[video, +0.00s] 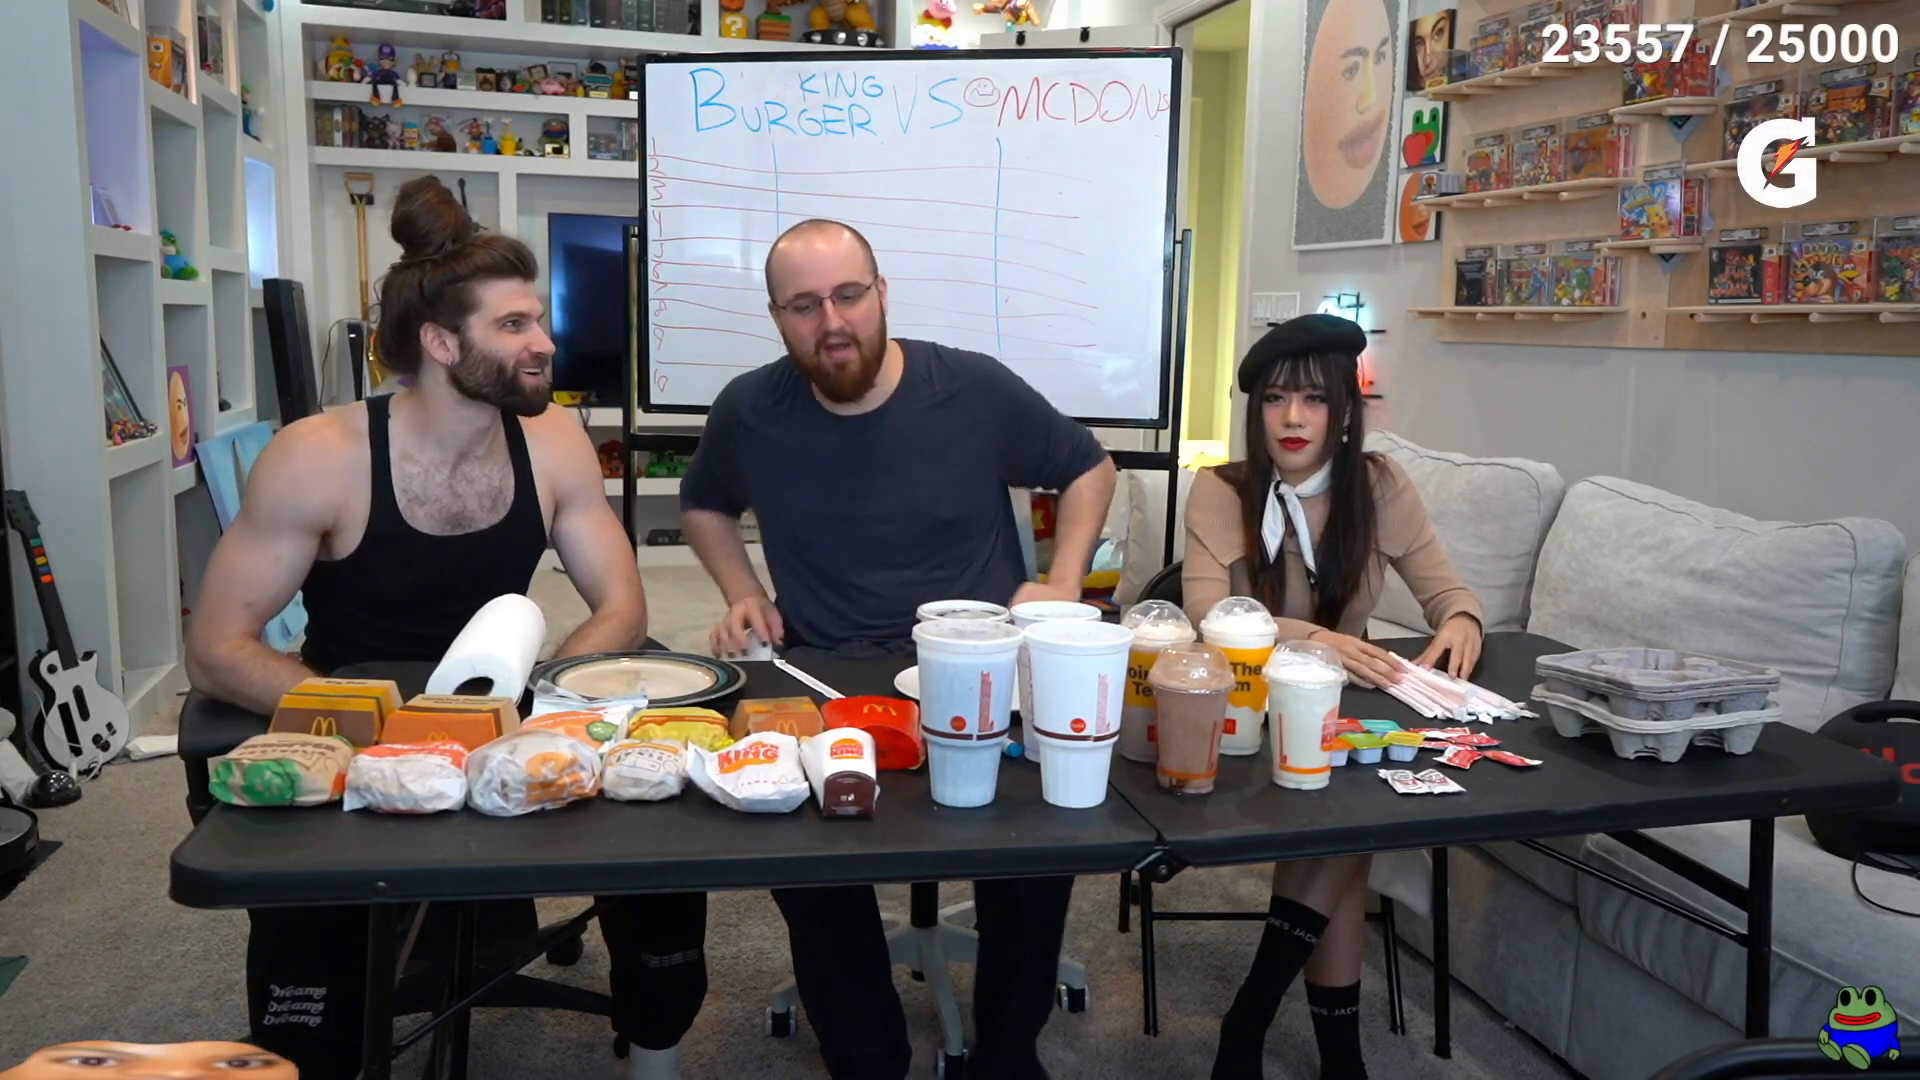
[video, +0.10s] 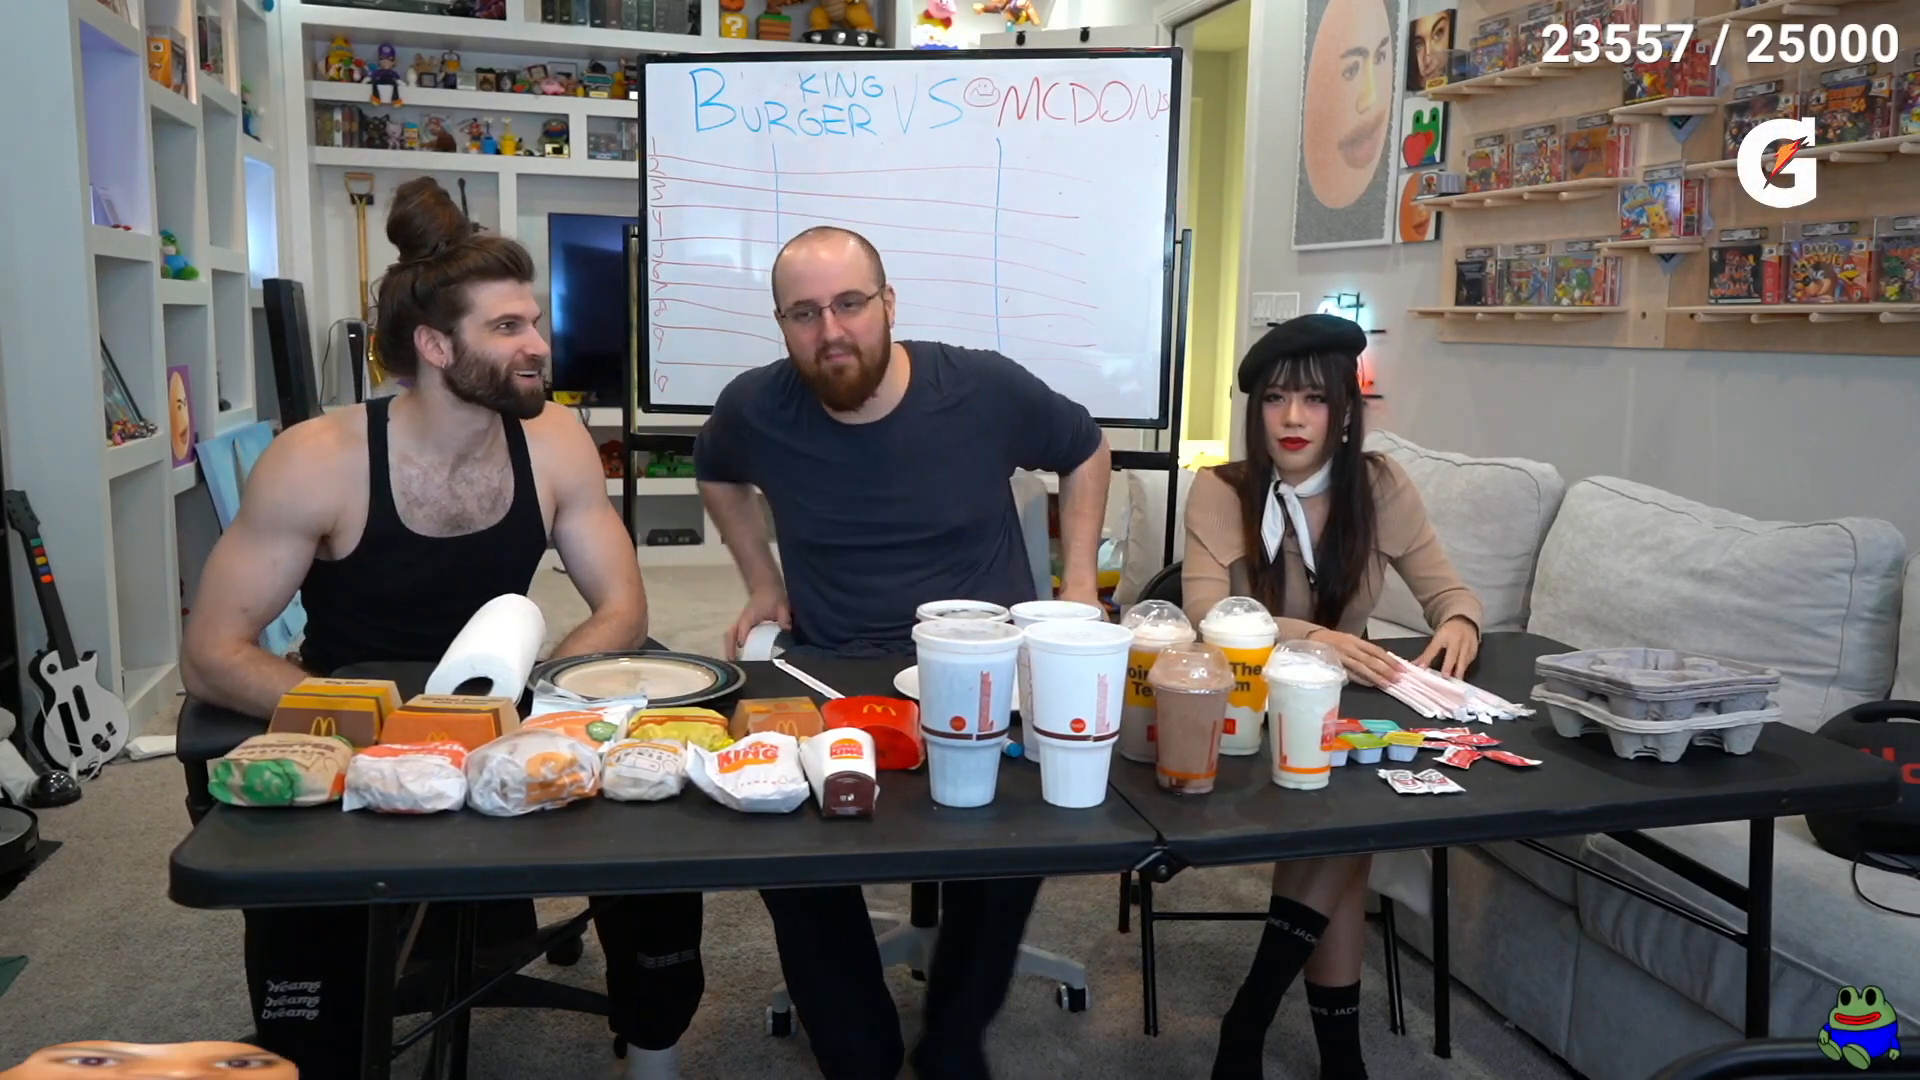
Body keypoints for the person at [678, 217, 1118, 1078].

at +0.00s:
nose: (832, 321)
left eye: (850, 296)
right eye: (804, 305)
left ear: (882, 296)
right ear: (777, 319)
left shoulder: (971, 388)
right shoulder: (748, 412)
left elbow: (1089, 466)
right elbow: (704, 502)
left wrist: (1063, 582)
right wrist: (742, 591)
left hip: (979, 677)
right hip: (827, 681)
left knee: (1039, 834)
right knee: (804, 840)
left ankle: (1007, 1057)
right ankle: (869, 1060)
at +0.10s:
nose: (830, 330)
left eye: (851, 305)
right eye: (805, 312)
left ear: (888, 305)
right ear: (782, 325)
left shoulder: (980, 387)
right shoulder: (754, 408)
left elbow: (1086, 447)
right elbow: (721, 475)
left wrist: (1078, 584)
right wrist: (765, 582)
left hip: (981, 675)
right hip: (830, 675)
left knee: (1013, 832)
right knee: (787, 837)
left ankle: (954, 1045)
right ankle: (861, 1056)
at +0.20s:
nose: (831, 335)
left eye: (851, 308)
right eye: (806, 315)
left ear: (892, 305)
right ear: (783, 324)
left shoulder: (987, 388)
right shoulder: (759, 407)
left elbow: (1084, 459)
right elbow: (740, 484)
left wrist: (1074, 608)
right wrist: (782, 586)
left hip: (978, 675)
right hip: (828, 670)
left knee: (985, 831)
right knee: (773, 821)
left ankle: (885, 1038)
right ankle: (860, 1051)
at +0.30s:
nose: (830, 332)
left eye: (851, 304)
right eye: (806, 310)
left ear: (894, 303)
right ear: (783, 317)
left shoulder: (992, 387)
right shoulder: (761, 399)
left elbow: (1088, 457)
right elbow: (747, 479)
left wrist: (1077, 604)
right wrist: (783, 586)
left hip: (975, 677)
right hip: (830, 671)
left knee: (966, 846)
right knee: (766, 823)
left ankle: (881, 1024)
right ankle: (834, 1004)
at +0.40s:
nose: (820, 344)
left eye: (843, 316)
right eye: (797, 320)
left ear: (889, 312)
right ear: (775, 322)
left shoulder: (988, 391)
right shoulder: (756, 396)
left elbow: (1099, 450)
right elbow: (751, 475)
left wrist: (1081, 609)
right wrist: (784, 590)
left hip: (968, 681)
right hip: (825, 673)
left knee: (938, 834)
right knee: (744, 819)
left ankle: (844, 1017)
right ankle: (889, 1033)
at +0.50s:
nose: (803, 362)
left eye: (827, 334)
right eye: (780, 337)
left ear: (876, 324)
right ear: (759, 333)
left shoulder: (981, 396)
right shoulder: (744, 395)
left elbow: (1104, 444)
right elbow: (754, 482)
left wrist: (1082, 606)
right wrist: (784, 590)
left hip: (953, 683)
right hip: (814, 674)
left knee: (900, 846)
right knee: (748, 828)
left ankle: (894, 1040)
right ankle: (835, 1013)